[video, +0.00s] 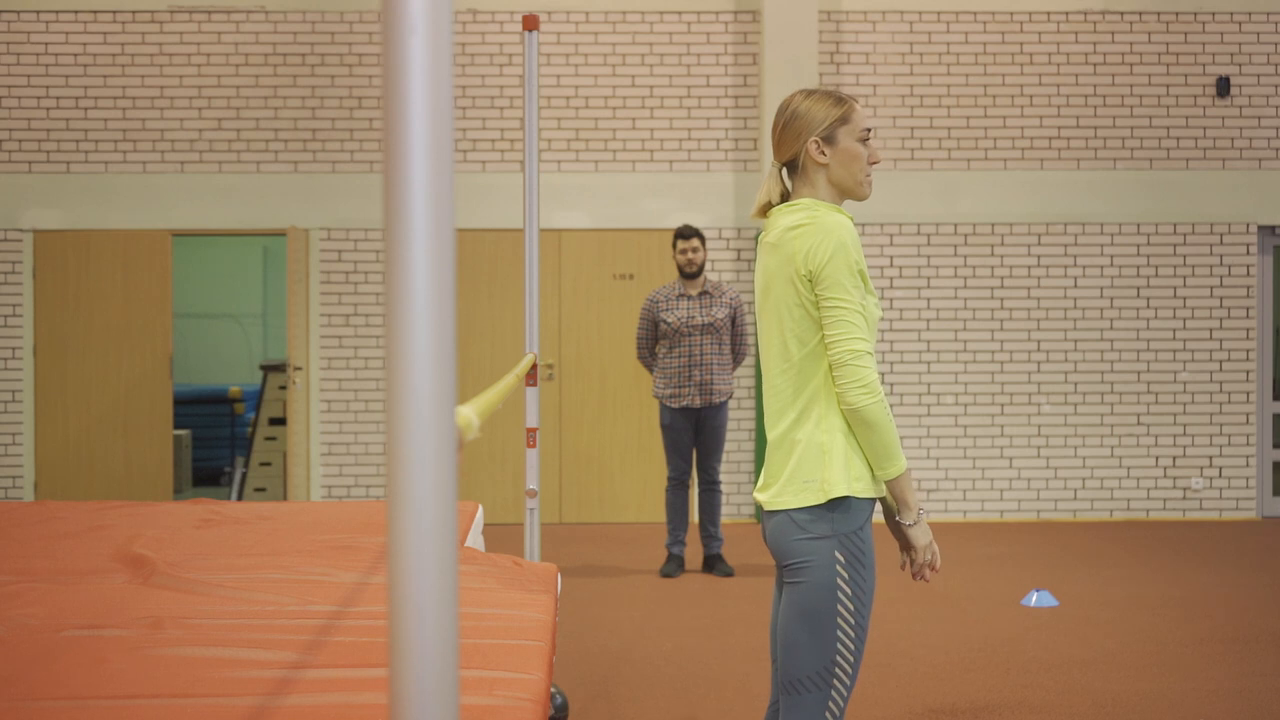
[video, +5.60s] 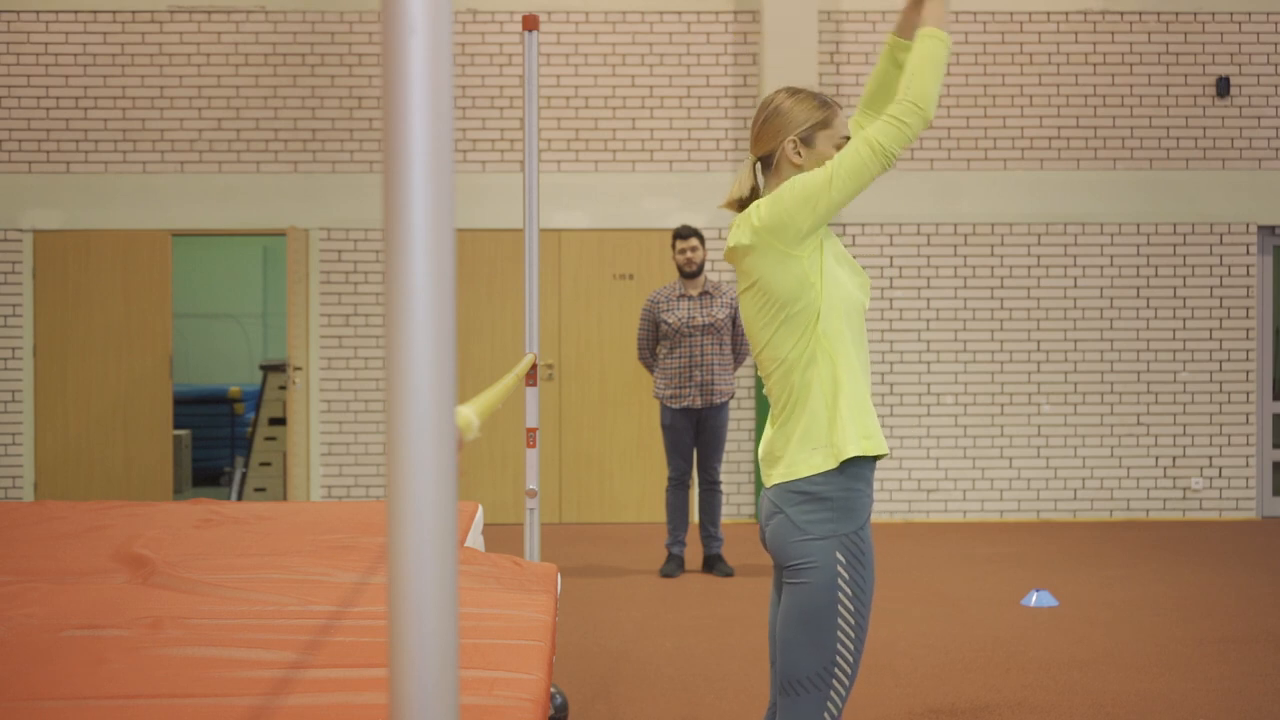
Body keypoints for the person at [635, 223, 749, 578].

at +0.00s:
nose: (689, 256)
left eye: (695, 250)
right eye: (682, 251)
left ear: (705, 253)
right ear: (674, 256)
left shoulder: (728, 296)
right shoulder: (658, 299)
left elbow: (741, 347)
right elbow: (644, 350)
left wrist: (718, 372)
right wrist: (669, 376)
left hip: (715, 402)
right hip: (674, 402)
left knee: (710, 478)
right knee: (678, 477)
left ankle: (713, 553)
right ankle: (675, 553)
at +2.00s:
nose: (689, 256)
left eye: (695, 250)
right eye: (682, 251)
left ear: (705, 254)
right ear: (674, 256)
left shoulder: (728, 297)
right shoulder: (658, 300)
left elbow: (741, 347)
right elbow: (644, 350)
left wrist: (718, 372)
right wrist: (669, 376)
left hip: (715, 402)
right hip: (674, 402)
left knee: (710, 478)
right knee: (678, 477)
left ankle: (713, 552)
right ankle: (675, 553)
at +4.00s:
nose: (688, 256)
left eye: (693, 250)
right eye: (681, 251)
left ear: (704, 253)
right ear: (673, 256)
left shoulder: (728, 297)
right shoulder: (658, 300)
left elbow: (741, 347)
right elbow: (644, 351)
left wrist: (718, 372)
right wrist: (669, 376)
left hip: (715, 402)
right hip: (675, 402)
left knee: (710, 479)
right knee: (678, 478)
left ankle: (713, 553)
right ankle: (675, 553)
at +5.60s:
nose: (688, 256)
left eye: (693, 249)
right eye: (681, 251)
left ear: (705, 253)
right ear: (673, 257)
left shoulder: (727, 297)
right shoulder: (659, 300)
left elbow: (741, 347)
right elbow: (645, 351)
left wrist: (718, 373)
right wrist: (670, 377)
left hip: (716, 402)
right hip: (675, 403)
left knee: (710, 479)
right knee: (678, 477)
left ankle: (713, 553)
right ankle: (675, 552)